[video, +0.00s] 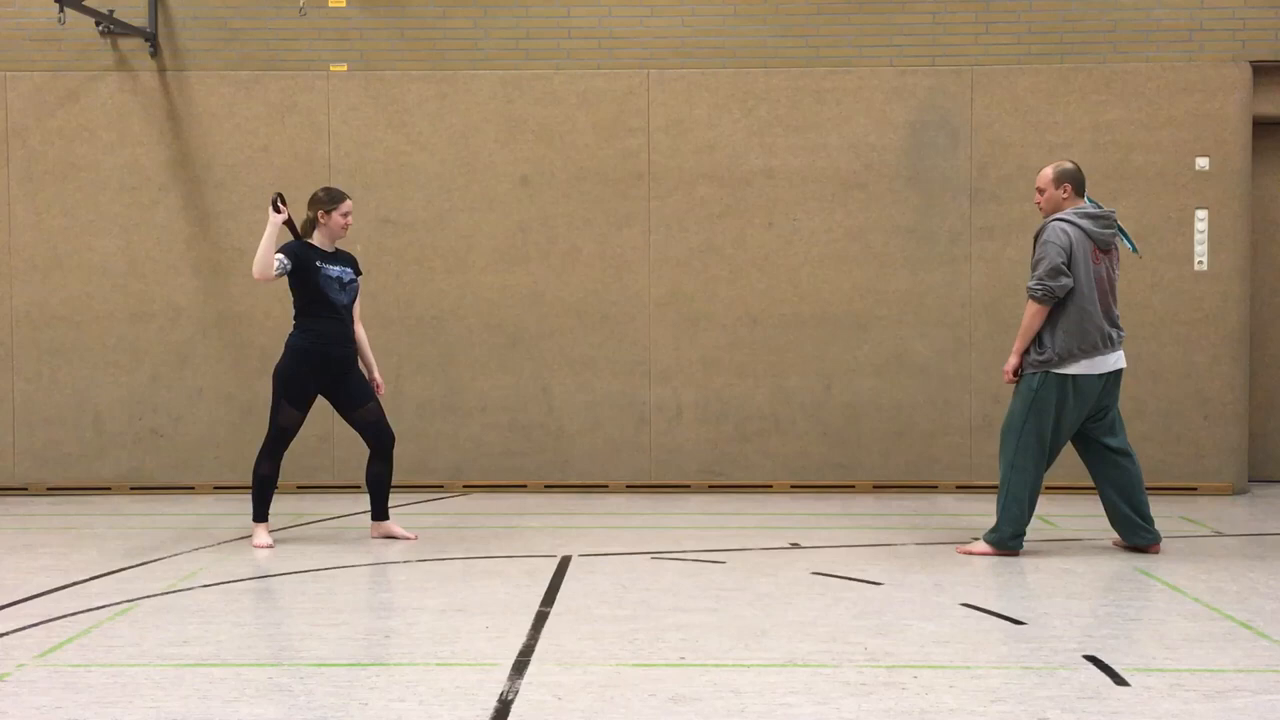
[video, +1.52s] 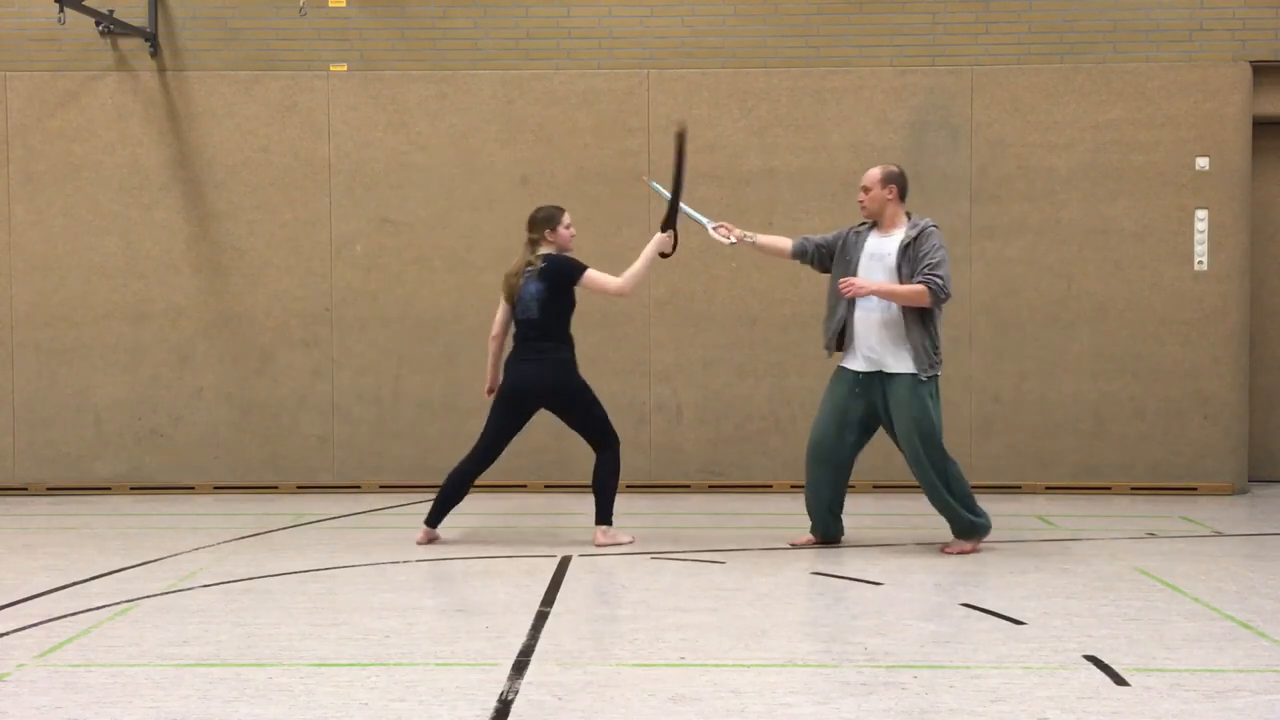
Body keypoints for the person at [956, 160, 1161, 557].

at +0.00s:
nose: (1036, 200)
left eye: (1041, 192)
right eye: (1036, 192)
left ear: (1065, 191)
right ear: (1072, 192)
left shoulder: (1056, 232)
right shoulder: (1102, 228)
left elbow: (1043, 295)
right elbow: (1100, 294)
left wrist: (1017, 351)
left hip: (1062, 366)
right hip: (1104, 363)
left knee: (1022, 445)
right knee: (1109, 448)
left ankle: (1004, 538)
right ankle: (1141, 534)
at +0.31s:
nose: (1036, 201)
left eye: (1040, 193)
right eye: (1036, 193)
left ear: (1064, 192)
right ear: (1071, 192)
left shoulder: (1056, 232)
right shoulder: (1102, 229)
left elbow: (1043, 296)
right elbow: (1100, 295)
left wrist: (1017, 351)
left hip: (1062, 366)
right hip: (1105, 363)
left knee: (1022, 445)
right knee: (1109, 448)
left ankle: (1005, 538)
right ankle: (1141, 534)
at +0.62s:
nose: (1019, 203)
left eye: (1024, 196)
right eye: (1019, 195)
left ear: (1048, 197)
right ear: (1055, 198)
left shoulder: (1041, 237)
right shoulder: (1083, 232)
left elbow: (1018, 300)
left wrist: (970, 337)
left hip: (1048, 372)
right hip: (1089, 366)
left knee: (991, 438)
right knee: (1099, 447)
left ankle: (1002, 537)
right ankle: (1141, 533)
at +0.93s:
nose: (971, 193)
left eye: (976, 186)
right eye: (971, 186)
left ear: (1000, 189)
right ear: (1002, 191)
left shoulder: (1000, 233)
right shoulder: (1020, 226)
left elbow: (971, 283)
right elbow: (1032, 283)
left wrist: (909, 286)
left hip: (993, 370)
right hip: (1022, 366)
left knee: (968, 446)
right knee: (1003, 440)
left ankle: (999, 538)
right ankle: (1061, 503)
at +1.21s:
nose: (922, 193)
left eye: (928, 186)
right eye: (922, 185)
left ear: (953, 189)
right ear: (947, 188)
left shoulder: (979, 235)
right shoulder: (922, 235)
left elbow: (959, 286)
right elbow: (868, 240)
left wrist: (897, 275)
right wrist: (836, 201)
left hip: (957, 368)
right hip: (916, 363)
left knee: (964, 455)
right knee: (889, 442)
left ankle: (1000, 537)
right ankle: (851, 518)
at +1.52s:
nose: (859, 198)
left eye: (866, 191)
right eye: (859, 191)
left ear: (891, 193)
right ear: (882, 193)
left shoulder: (922, 235)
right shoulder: (852, 239)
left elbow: (934, 292)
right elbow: (800, 248)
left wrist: (873, 288)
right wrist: (743, 236)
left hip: (906, 370)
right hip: (855, 368)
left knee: (925, 453)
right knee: (824, 447)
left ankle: (970, 529)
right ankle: (825, 531)